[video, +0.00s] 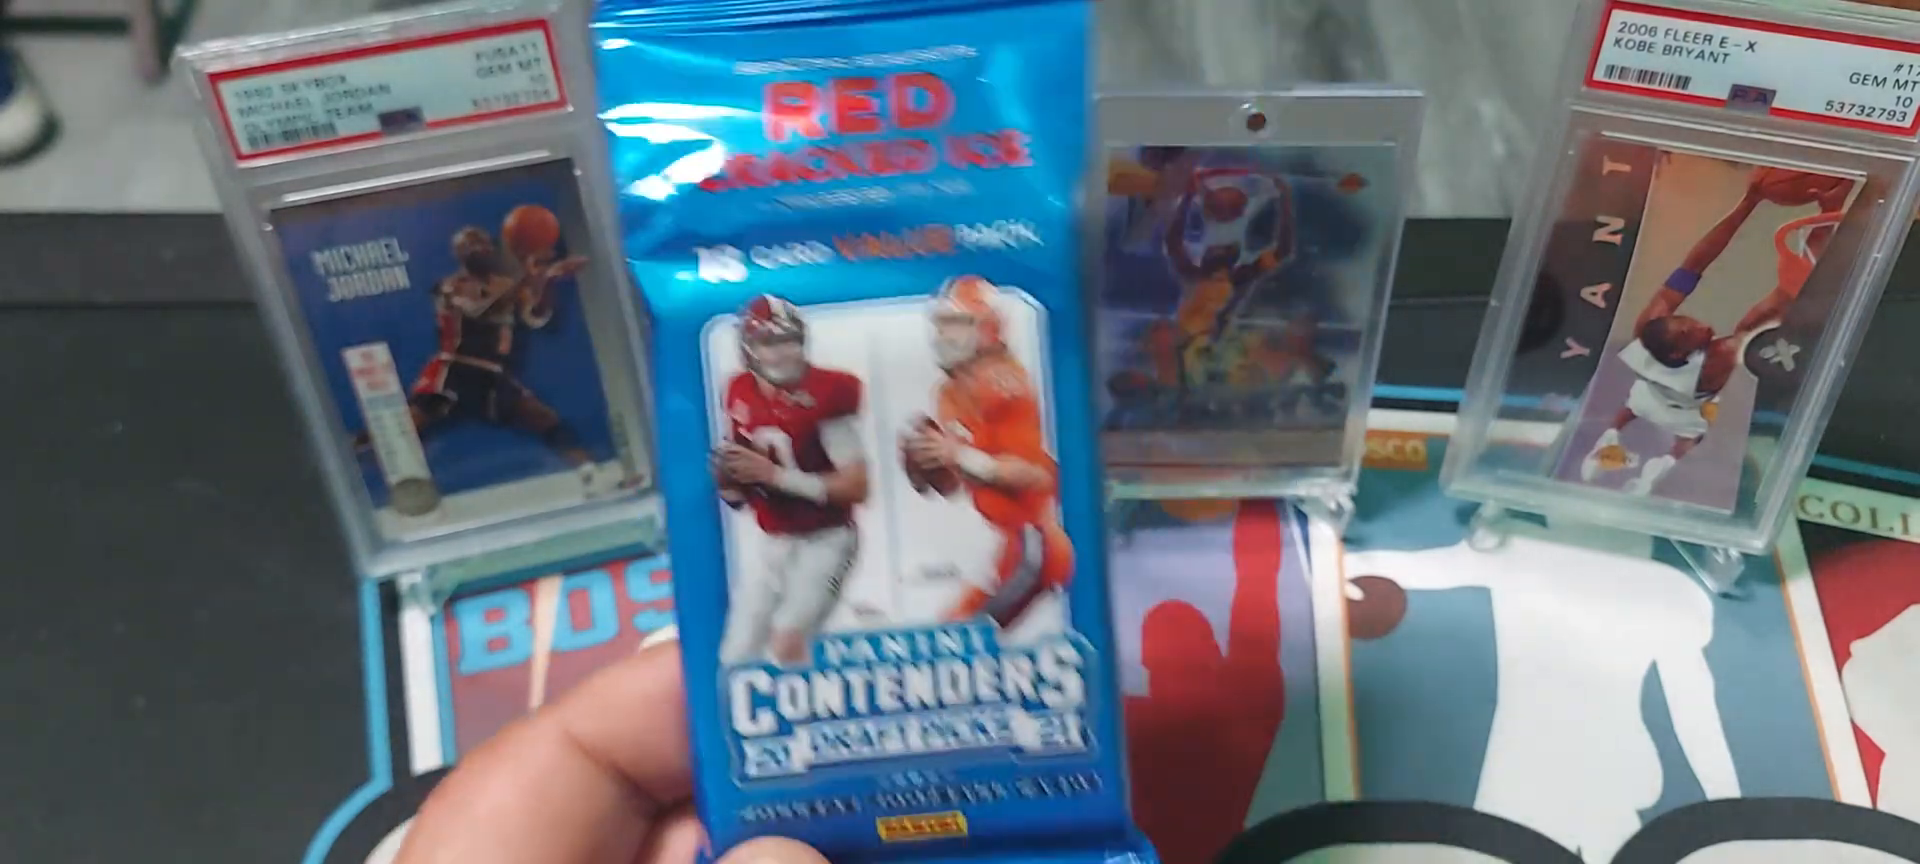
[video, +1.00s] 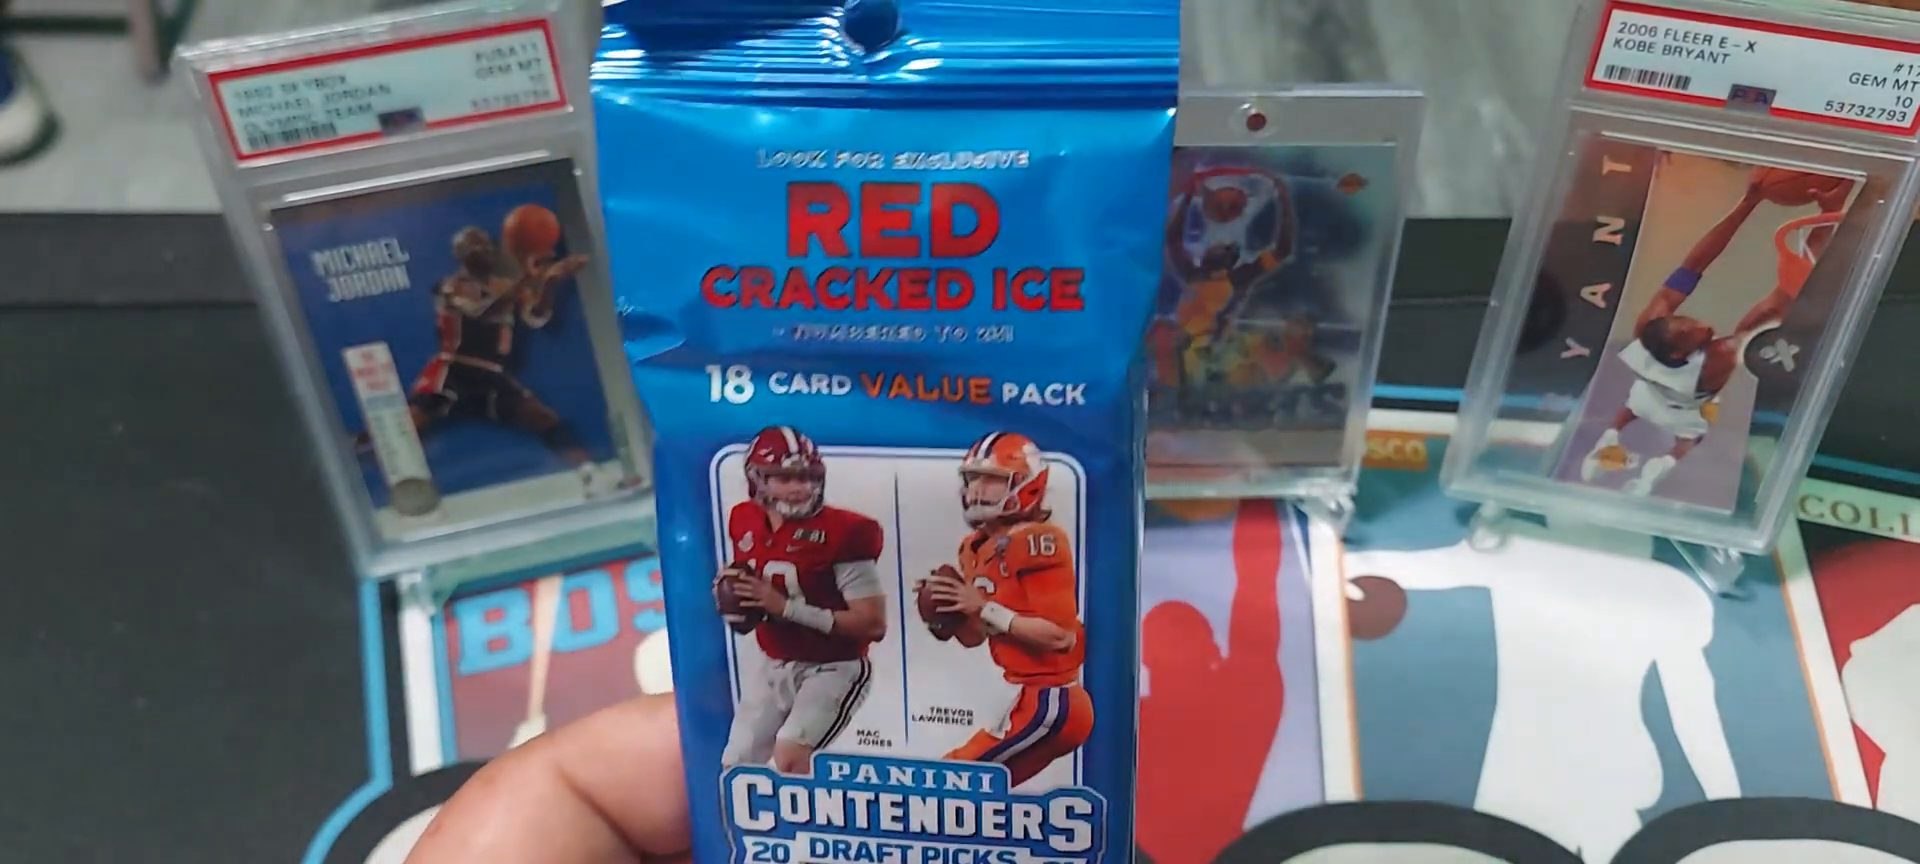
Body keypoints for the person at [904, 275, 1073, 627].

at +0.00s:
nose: (943, 335)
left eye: (955, 323)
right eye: (940, 324)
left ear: (984, 329)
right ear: (935, 328)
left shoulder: (1004, 382)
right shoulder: (953, 390)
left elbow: (1035, 474)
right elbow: (950, 483)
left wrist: (958, 454)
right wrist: (920, 461)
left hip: (1034, 540)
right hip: (1009, 536)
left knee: (955, 635)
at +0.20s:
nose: (873, 317)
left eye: (885, 304)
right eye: (867, 306)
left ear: (915, 308)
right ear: (859, 311)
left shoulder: (933, 357)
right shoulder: (881, 373)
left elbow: (974, 449)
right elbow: (893, 467)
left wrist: (896, 435)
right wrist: (864, 450)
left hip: (978, 519)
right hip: (956, 518)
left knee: (902, 623)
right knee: (917, 628)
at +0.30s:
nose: (941, 352)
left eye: (954, 339)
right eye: (936, 340)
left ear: (986, 346)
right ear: (928, 345)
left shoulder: (1003, 399)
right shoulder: (947, 412)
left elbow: (1039, 496)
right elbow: (953, 508)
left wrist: (958, 476)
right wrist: (926, 486)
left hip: (1037, 565)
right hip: (1012, 562)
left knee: (953, 668)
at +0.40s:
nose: (988, 383)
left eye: (1002, 373)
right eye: (982, 372)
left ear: (1034, 377)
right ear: (974, 375)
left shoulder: (1047, 430)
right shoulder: (987, 444)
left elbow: (1078, 529)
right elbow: (990, 541)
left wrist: (999, 509)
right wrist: (962, 515)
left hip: (1073, 600)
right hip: (1054, 599)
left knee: (980, 698)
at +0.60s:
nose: (1027, 423)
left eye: (1041, 413)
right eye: (1023, 411)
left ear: (1072, 419)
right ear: (1014, 414)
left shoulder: (1083, 475)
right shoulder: (1019, 484)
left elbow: (1102, 575)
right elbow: (1014, 580)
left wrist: (1027, 549)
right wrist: (988, 551)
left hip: (1093, 649)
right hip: (1067, 646)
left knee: (986, 737)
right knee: (995, 743)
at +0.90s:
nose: (999, 461)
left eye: (1013, 451)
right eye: (995, 449)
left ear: (1045, 458)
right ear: (987, 453)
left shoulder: (1056, 513)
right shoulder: (991, 518)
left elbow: (1071, 610)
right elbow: (989, 611)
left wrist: (994, 579)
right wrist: (962, 589)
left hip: (1062, 681)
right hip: (1037, 677)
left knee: (958, 764)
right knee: (968, 770)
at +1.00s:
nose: (977, 490)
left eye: (991, 480)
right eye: (972, 479)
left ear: (1023, 485)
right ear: (964, 483)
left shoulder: (1040, 541)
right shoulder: (973, 547)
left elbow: (1059, 635)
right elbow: (972, 637)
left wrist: (983, 608)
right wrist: (943, 611)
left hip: (1052, 704)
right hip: (1028, 700)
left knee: (948, 782)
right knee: (957, 788)